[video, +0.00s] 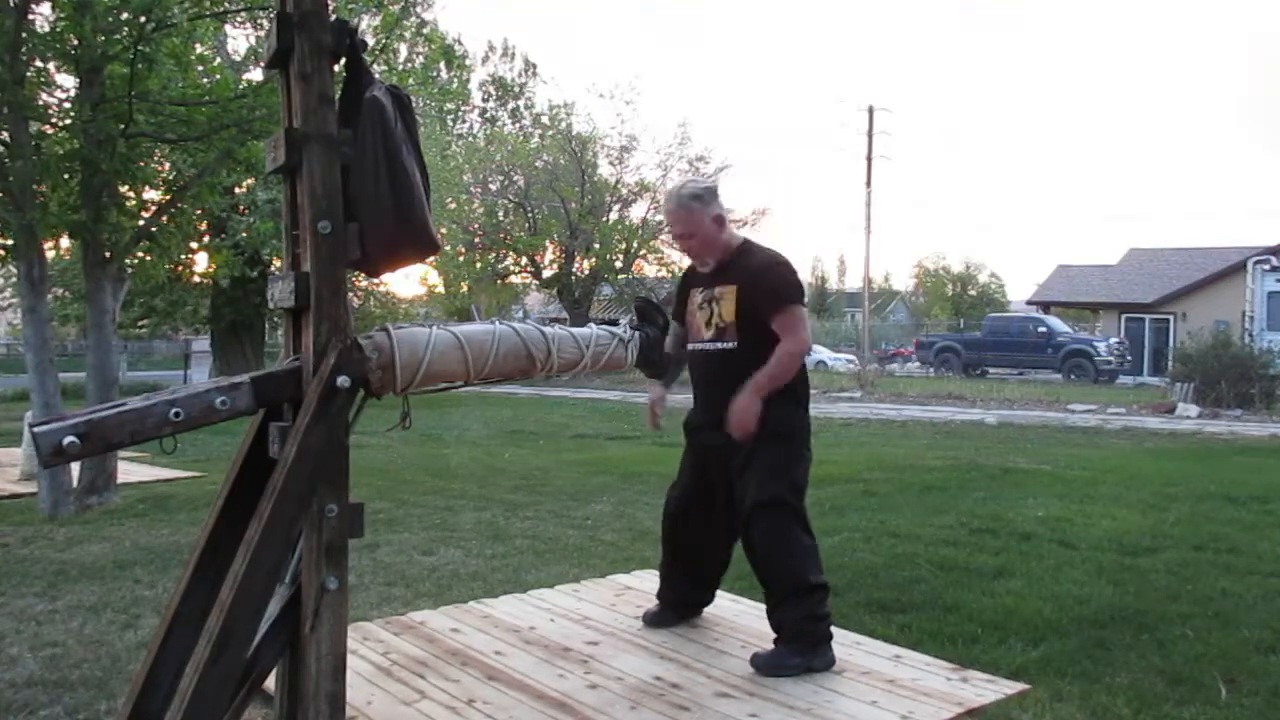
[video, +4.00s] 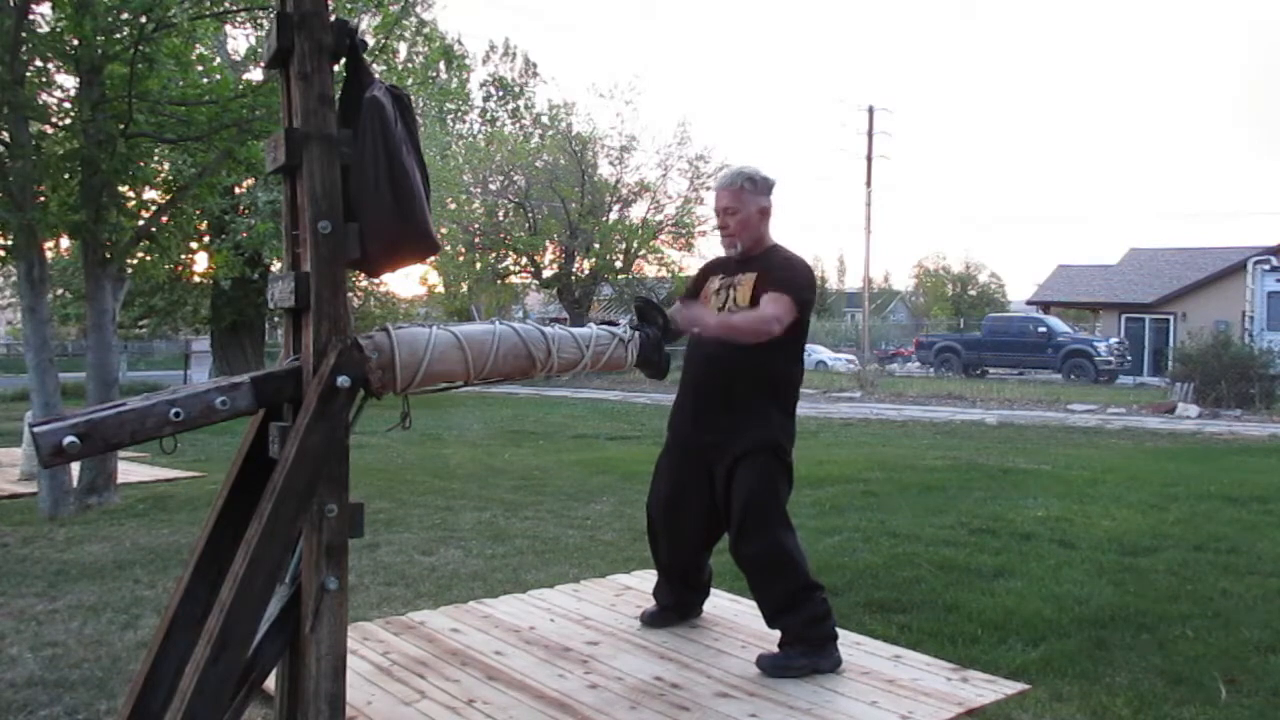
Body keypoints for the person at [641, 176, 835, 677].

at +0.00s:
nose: (681, 246)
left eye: (687, 235)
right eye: (675, 237)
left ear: (719, 221)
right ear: (675, 232)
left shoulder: (767, 269)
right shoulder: (691, 282)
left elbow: (797, 342)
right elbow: (681, 341)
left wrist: (754, 392)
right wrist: (661, 380)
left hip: (771, 424)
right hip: (712, 422)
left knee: (773, 519)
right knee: (691, 510)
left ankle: (807, 641)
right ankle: (682, 600)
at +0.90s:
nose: (709, 228)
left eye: (718, 218)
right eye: (705, 219)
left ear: (751, 216)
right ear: (703, 219)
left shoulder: (786, 271)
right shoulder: (701, 278)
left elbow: (793, 339)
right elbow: (682, 329)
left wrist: (739, 373)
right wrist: (669, 339)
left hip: (769, 430)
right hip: (707, 428)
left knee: (764, 517)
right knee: (678, 508)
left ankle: (812, 642)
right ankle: (681, 596)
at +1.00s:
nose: (717, 222)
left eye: (728, 212)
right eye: (714, 212)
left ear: (761, 213)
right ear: (713, 213)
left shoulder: (793, 271)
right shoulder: (708, 275)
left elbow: (789, 327)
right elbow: (678, 330)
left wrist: (715, 317)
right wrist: (679, 312)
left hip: (767, 433)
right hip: (705, 428)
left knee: (763, 519)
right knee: (676, 512)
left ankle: (813, 643)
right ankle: (682, 595)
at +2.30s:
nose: (725, 226)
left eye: (735, 216)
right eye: (719, 217)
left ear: (764, 212)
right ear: (714, 217)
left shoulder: (792, 270)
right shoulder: (708, 272)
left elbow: (803, 336)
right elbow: (675, 325)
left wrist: (742, 367)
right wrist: (642, 357)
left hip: (762, 425)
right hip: (701, 419)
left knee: (764, 522)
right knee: (676, 509)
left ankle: (812, 642)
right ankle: (681, 599)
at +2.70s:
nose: (720, 221)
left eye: (730, 211)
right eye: (714, 212)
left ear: (762, 209)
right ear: (711, 213)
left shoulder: (788, 266)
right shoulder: (710, 269)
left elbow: (771, 325)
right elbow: (685, 324)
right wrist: (662, 339)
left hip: (765, 424)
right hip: (707, 420)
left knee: (763, 526)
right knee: (680, 506)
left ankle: (813, 642)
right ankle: (681, 598)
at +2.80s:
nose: (723, 219)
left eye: (734, 209)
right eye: (718, 210)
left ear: (765, 208)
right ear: (714, 211)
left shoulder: (787, 264)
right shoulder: (712, 270)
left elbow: (756, 305)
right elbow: (684, 325)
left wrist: (681, 293)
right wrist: (659, 317)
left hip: (765, 427)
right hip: (706, 422)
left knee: (763, 526)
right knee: (681, 508)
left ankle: (813, 642)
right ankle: (682, 598)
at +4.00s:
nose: (723, 222)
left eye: (734, 213)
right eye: (719, 212)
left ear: (766, 212)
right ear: (717, 213)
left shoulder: (790, 270)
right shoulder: (709, 274)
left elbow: (768, 323)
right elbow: (682, 318)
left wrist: (700, 320)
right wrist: (656, 324)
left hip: (757, 428)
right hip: (694, 423)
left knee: (759, 533)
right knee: (670, 512)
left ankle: (813, 642)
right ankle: (680, 598)